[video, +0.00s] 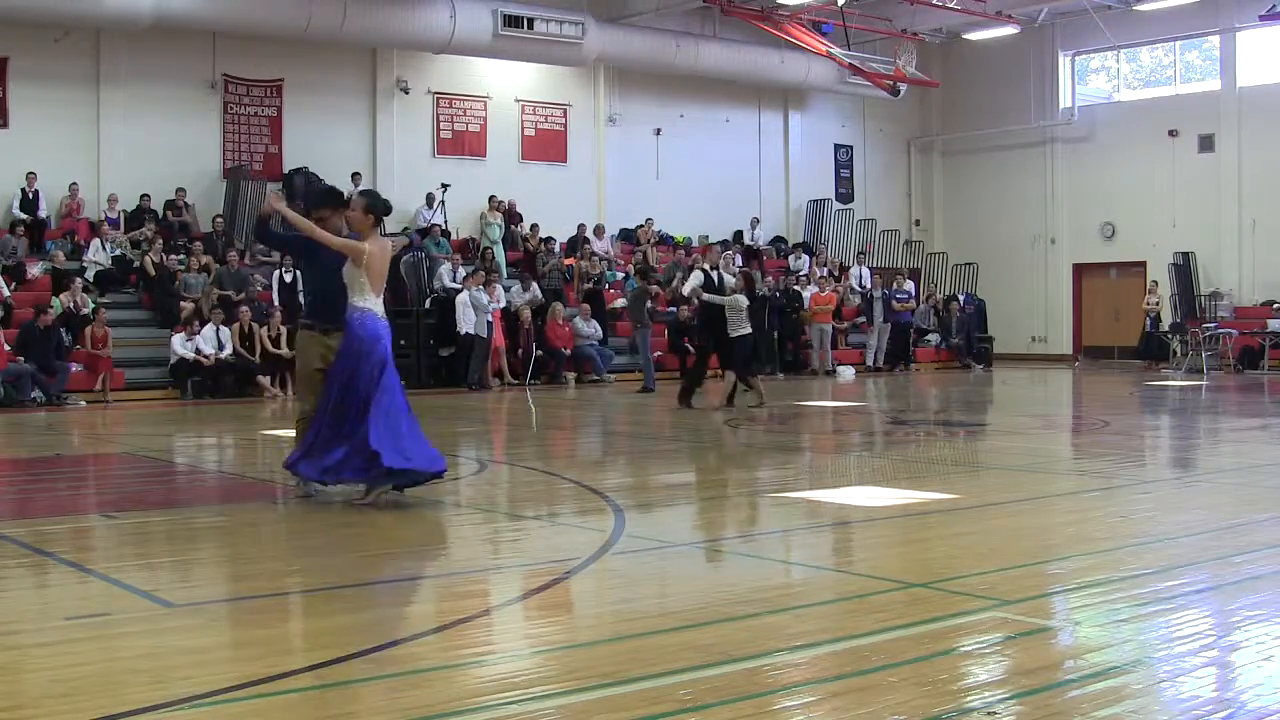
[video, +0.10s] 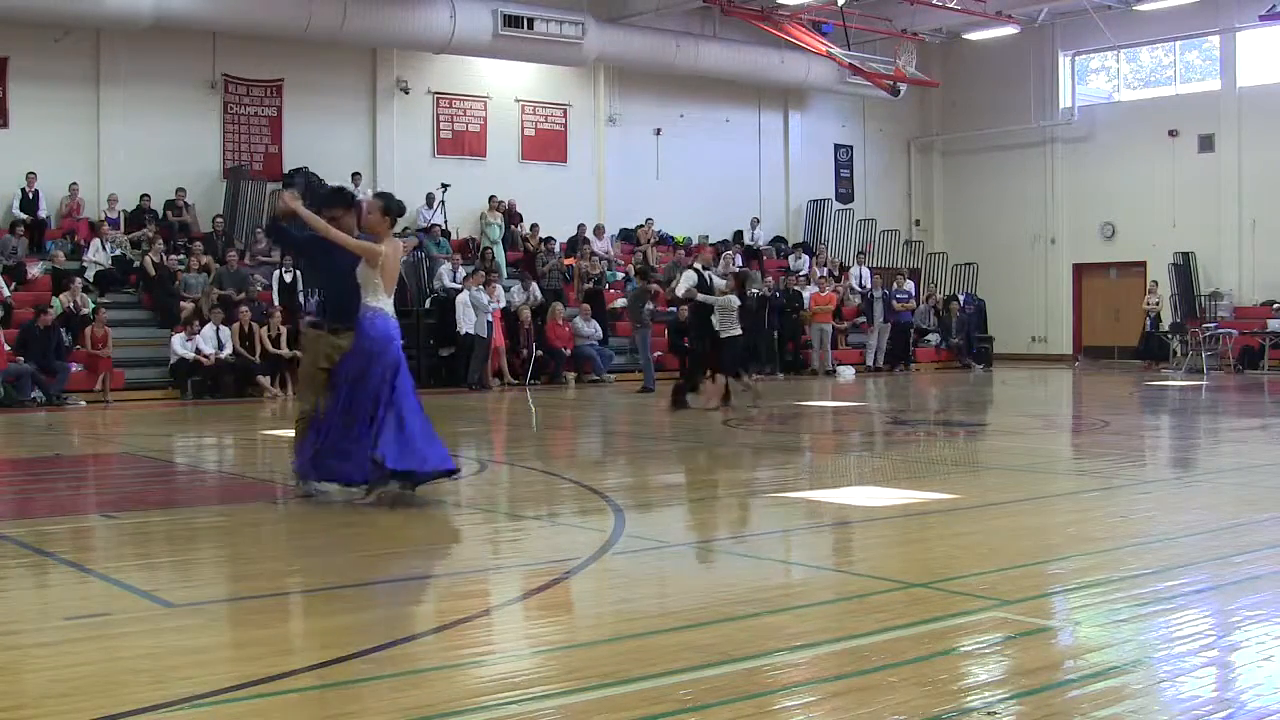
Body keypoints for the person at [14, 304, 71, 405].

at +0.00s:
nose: (52, 318)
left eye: (52, 315)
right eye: (49, 315)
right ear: (41, 316)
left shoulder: (54, 328)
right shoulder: (27, 328)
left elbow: (60, 347)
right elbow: (19, 348)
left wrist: (60, 360)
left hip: (49, 360)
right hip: (33, 361)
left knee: (64, 367)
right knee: (31, 371)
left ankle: (55, 393)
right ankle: (51, 394)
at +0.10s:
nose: (52, 318)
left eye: (52, 315)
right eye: (50, 315)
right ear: (41, 316)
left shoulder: (54, 328)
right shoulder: (27, 328)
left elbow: (60, 348)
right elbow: (19, 348)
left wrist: (60, 361)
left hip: (49, 360)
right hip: (33, 360)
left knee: (64, 368)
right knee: (31, 371)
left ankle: (55, 393)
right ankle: (50, 395)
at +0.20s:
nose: (52, 318)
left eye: (52, 315)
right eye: (50, 315)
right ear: (41, 316)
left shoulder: (54, 328)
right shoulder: (27, 328)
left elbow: (60, 348)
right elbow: (19, 348)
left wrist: (60, 361)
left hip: (49, 360)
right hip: (33, 360)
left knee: (64, 368)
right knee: (31, 371)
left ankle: (55, 393)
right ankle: (50, 395)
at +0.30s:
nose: (52, 318)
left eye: (52, 315)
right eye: (50, 315)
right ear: (41, 316)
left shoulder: (54, 328)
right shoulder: (27, 328)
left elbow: (60, 348)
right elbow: (19, 348)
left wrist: (60, 360)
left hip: (49, 360)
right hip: (33, 360)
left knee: (64, 368)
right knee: (31, 371)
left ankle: (55, 393)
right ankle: (50, 395)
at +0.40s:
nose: (52, 318)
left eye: (52, 315)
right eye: (50, 315)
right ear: (41, 316)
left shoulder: (54, 328)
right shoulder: (27, 328)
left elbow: (60, 348)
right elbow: (19, 348)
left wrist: (60, 360)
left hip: (49, 359)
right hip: (33, 360)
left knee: (64, 367)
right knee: (31, 371)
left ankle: (55, 393)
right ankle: (51, 395)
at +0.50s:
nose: (52, 318)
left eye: (52, 315)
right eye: (49, 315)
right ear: (41, 316)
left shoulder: (54, 328)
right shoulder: (27, 328)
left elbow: (60, 347)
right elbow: (19, 348)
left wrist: (60, 360)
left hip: (49, 359)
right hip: (33, 360)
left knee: (64, 367)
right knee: (31, 371)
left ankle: (55, 393)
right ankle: (51, 394)